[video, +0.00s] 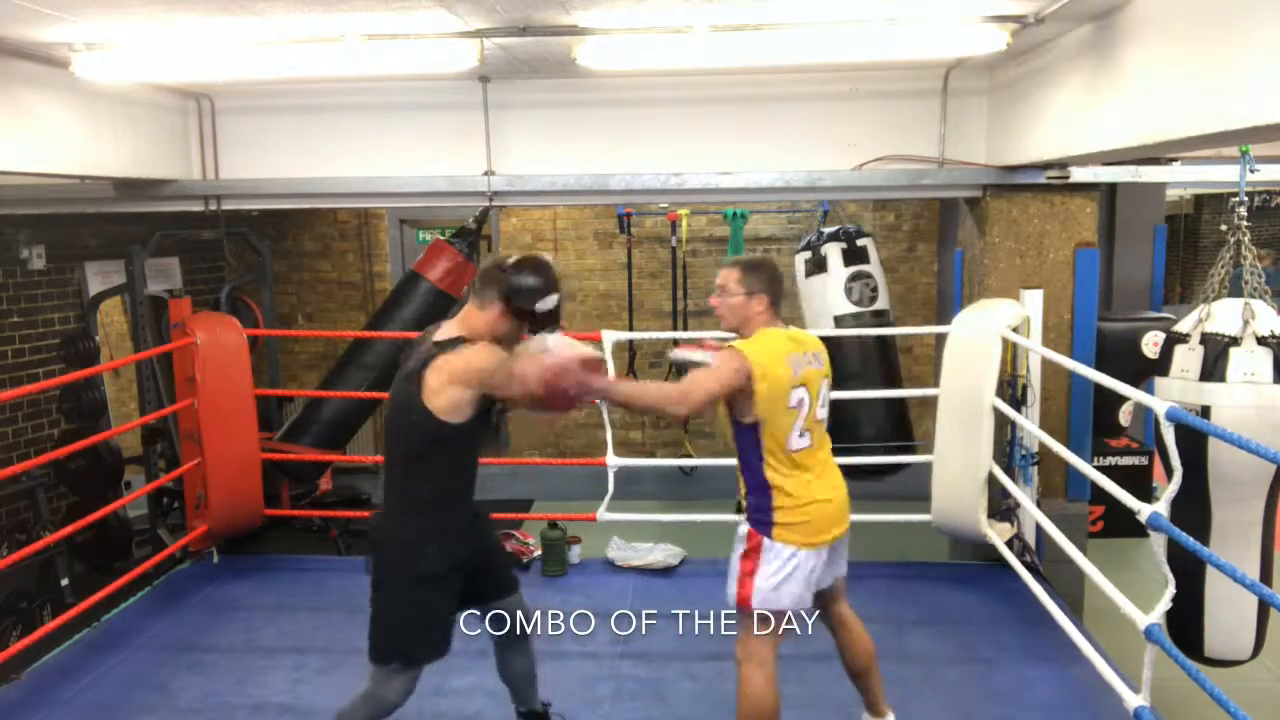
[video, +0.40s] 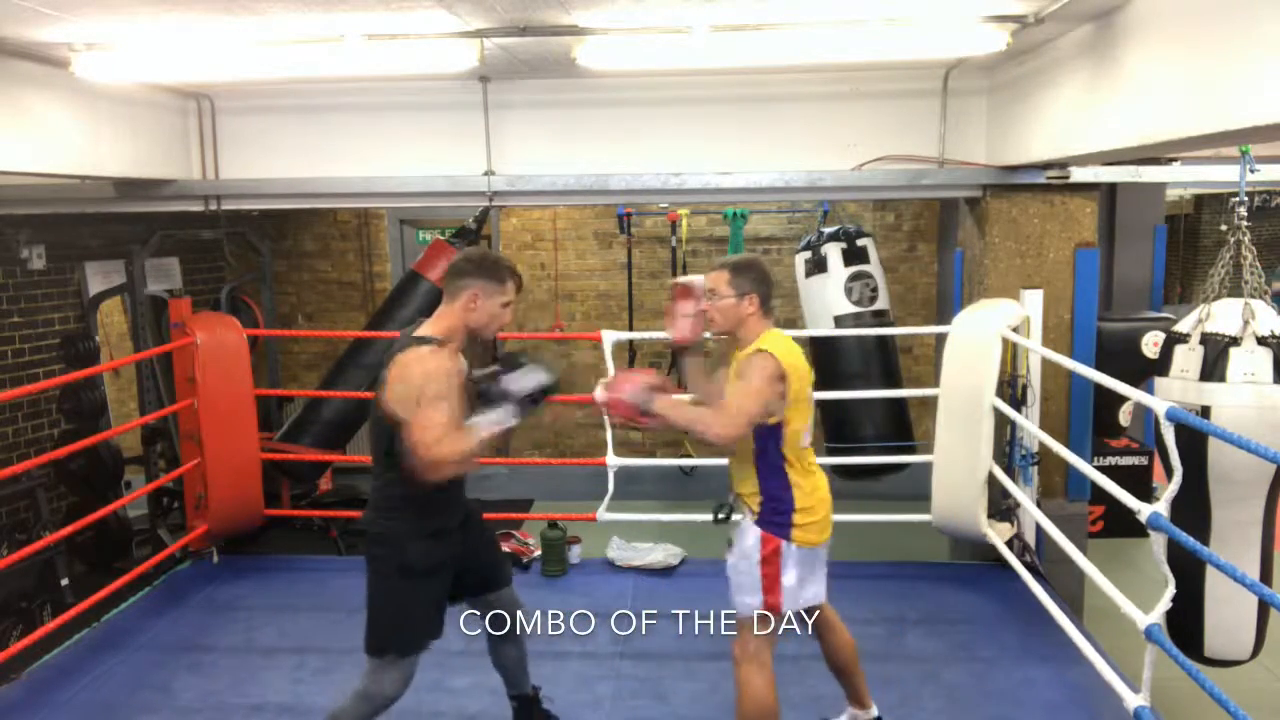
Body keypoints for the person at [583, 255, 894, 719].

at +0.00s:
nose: (712, 301)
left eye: (722, 293)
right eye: (715, 291)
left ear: (758, 302)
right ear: (763, 303)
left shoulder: (743, 357)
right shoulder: (811, 345)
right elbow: (782, 383)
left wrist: (599, 385)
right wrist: (731, 359)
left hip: (780, 522)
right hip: (831, 507)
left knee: (754, 653)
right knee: (837, 609)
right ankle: (880, 712)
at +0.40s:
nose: (705, 306)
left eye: (714, 296)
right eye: (705, 296)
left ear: (749, 303)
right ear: (748, 305)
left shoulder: (765, 358)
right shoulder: (767, 347)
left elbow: (726, 429)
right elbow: (711, 405)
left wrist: (652, 402)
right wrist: (688, 350)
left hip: (775, 519)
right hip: (801, 510)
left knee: (751, 652)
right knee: (815, 610)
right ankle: (863, 708)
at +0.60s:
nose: (695, 306)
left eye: (705, 297)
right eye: (696, 296)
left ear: (740, 303)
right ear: (744, 304)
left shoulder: (749, 359)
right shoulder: (783, 347)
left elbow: (704, 421)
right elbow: (743, 415)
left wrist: (625, 390)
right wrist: (676, 421)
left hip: (757, 525)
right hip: (798, 512)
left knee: (735, 652)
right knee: (811, 612)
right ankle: (854, 712)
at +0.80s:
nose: (671, 318)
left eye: (679, 308)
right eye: (672, 308)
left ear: (712, 312)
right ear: (716, 313)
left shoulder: (734, 362)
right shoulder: (756, 350)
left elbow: (685, 427)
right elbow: (748, 422)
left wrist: (621, 389)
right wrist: (692, 442)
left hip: (759, 537)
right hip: (797, 523)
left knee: (727, 657)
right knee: (807, 611)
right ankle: (860, 706)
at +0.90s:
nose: (669, 321)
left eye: (677, 310)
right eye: (671, 310)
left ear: (710, 313)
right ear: (706, 315)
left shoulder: (754, 355)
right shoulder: (705, 372)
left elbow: (718, 404)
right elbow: (655, 426)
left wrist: (662, 366)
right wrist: (581, 427)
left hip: (770, 534)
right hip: (766, 528)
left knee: (737, 664)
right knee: (807, 620)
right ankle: (863, 709)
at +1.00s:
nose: (673, 322)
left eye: (682, 310)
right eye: (671, 314)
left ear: (713, 311)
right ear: (709, 315)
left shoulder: (763, 346)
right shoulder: (695, 381)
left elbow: (722, 368)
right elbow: (639, 428)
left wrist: (656, 309)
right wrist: (560, 435)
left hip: (770, 534)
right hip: (760, 532)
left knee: (737, 665)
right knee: (811, 634)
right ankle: (852, 716)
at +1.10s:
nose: (680, 317)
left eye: (687, 306)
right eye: (679, 308)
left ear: (717, 308)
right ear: (717, 310)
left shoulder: (755, 343)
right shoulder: (721, 362)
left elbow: (700, 355)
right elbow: (700, 443)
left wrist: (652, 284)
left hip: (760, 531)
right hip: (771, 525)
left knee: (736, 665)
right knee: (804, 639)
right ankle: (831, 716)